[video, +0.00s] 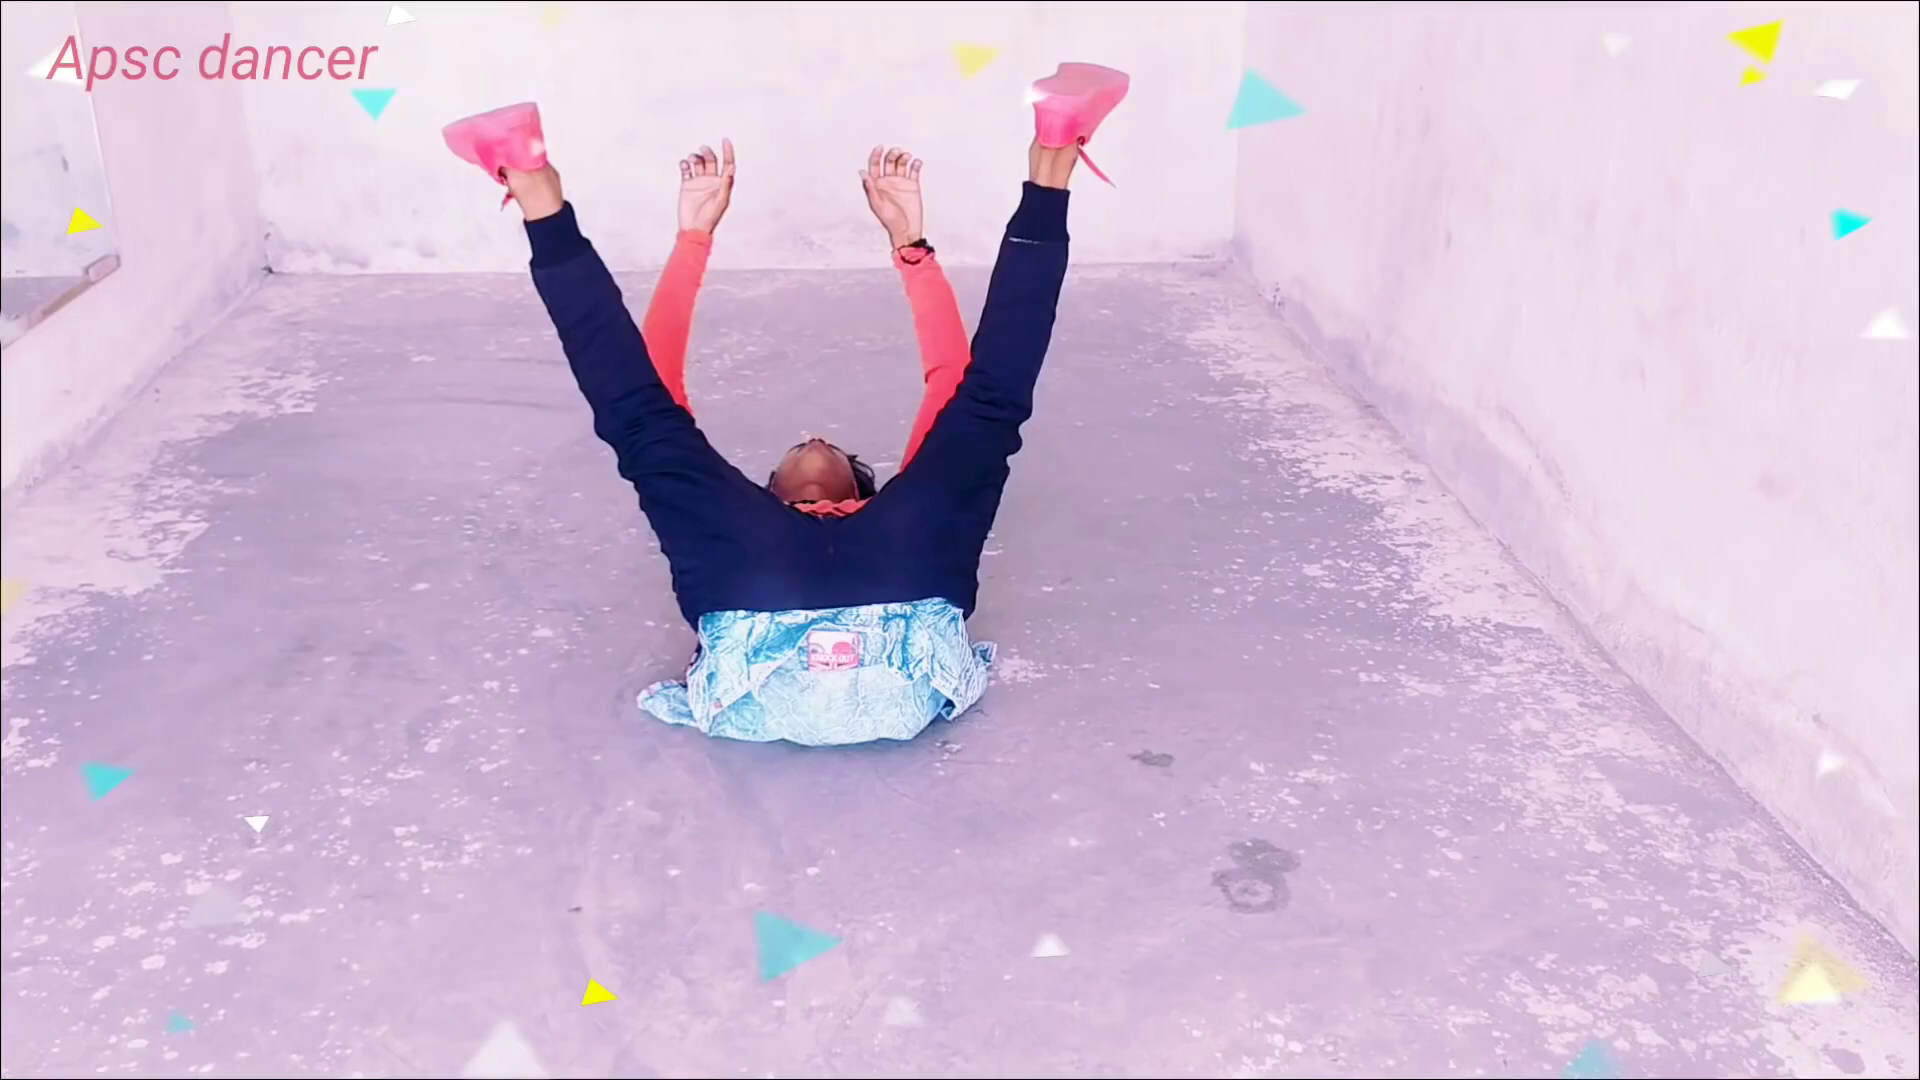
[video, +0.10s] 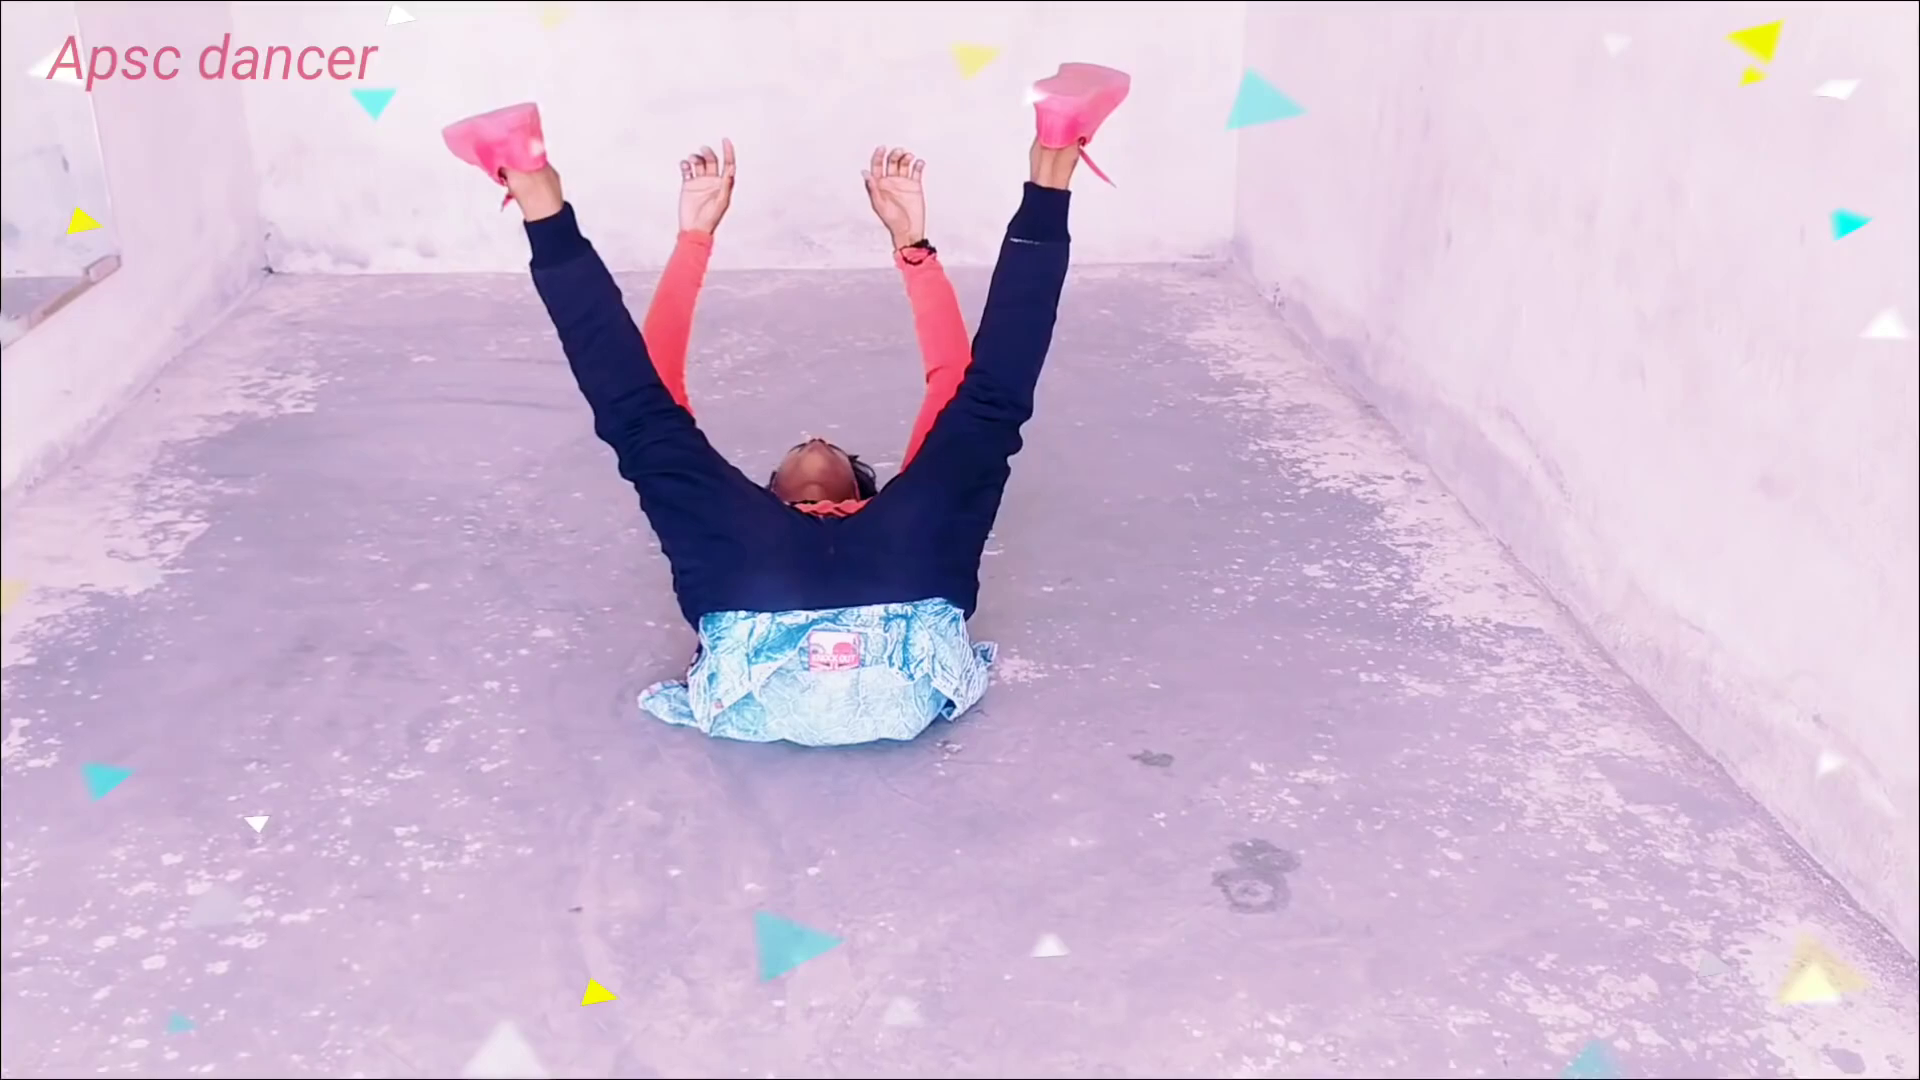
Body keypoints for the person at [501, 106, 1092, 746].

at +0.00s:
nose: (809, 449)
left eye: (827, 453)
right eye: (791, 457)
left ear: (864, 491)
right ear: (767, 497)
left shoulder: (912, 523)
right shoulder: (728, 531)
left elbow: (972, 387)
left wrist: (912, 244)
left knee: (996, 392)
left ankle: (1052, 165)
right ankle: (535, 195)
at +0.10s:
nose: (810, 445)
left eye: (828, 450)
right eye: (793, 455)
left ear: (864, 491)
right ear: (766, 497)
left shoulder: (916, 515)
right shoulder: (727, 527)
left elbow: (965, 384)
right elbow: (642, 395)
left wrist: (914, 246)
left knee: (994, 395)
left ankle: (1055, 161)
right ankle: (532, 186)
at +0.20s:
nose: (811, 447)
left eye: (828, 452)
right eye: (793, 457)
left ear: (865, 491)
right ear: (768, 497)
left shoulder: (914, 520)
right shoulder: (730, 530)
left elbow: (969, 385)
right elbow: (643, 402)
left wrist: (915, 246)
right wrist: (696, 237)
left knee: (998, 393)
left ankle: (1054, 164)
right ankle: (533, 190)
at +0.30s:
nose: (805, 450)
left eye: (825, 455)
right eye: (792, 457)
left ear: (859, 495)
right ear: (773, 502)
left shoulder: (914, 527)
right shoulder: (725, 535)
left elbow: (960, 392)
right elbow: (648, 401)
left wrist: (914, 245)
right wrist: (697, 237)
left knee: (997, 405)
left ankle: (1053, 168)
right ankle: (541, 196)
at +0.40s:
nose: (809, 451)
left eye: (828, 457)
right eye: (793, 458)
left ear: (861, 498)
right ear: (770, 503)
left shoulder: (915, 528)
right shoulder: (725, 535)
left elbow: (966, 395)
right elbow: (644, 405)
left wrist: (914, 246)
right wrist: (700, 237)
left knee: (999, 404)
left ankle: (1052, 167)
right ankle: (538, 194)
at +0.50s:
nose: (808, 452)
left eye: (826, 457)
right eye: (793, 460)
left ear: (861, 498)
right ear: (770, 503)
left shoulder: (917, 526)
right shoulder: (727, 536)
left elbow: (963, 394)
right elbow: (647, 404)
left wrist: (911, 247)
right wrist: (704, 241)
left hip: (914, 618)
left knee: (1002, 401)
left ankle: (1054, 168)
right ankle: (540, 199)